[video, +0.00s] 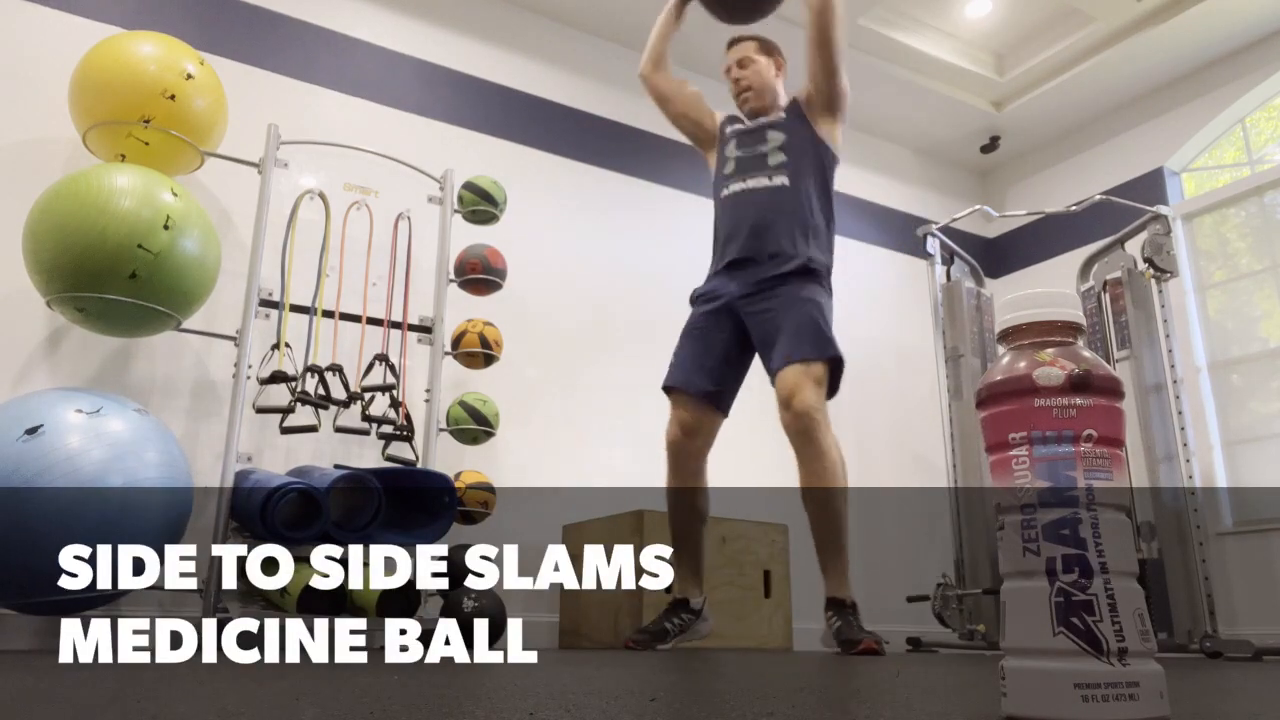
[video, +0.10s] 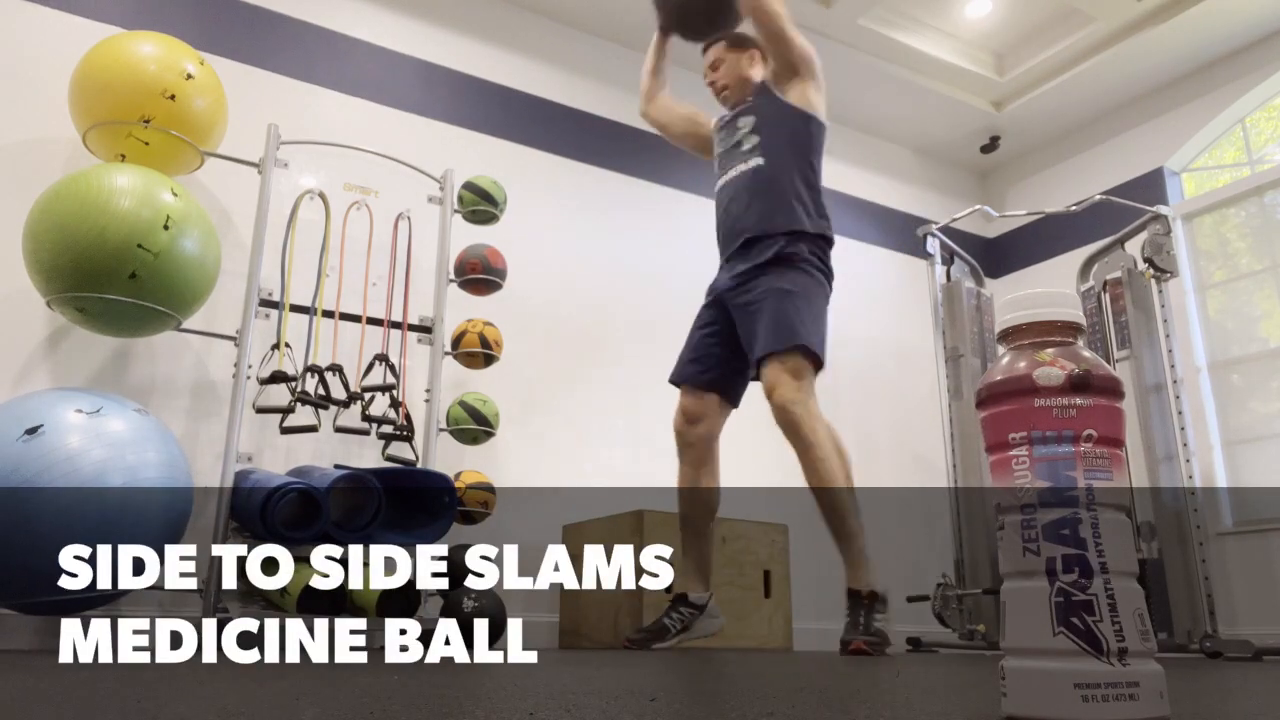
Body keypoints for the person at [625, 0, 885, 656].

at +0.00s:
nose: (737, 72)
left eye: (750, 62)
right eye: (731, 68)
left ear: (782, 72)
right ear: (728, 84)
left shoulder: (815, 116)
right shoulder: (720, 135)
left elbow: (826, 33)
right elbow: (654, 72)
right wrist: (679, 2)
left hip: (794, 284)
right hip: (723, 292)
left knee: (802, 407)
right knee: (683, 433)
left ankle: (840, 603)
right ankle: (687, 599)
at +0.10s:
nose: (712, 76)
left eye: (721, 63)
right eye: (708, 69)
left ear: (755, 56)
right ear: (713, 76)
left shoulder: (793, 81)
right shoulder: (719, 132)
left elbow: (760, 6)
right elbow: (653, 103)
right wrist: (662, 32)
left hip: (789, 259)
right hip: (731, 276)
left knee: (788, 394)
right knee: (693, 423)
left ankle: (863, 590)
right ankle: (693, 596)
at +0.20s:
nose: (686, 92)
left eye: (691, 78)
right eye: (682, 86)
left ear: (718, 64)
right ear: (699, 92)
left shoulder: (760, 80)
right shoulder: (712, 145)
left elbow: (667, 9)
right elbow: (659, 148)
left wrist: (668, 32)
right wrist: (654, 85)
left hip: (786, 257)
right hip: (742, 282)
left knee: (790, 404)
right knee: (700, 428)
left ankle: (893, 586)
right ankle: (707, 598)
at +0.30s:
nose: (662, 138)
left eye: (661, 122)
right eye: (655, 134)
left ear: (681, 102)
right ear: (666, 137)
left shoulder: (727, 111)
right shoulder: (708, 178)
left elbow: (616, 92)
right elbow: (665, 199)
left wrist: (610, 52)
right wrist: (647, 140)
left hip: (789, 277)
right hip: (751, 299)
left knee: (776, 426)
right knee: (702, 440)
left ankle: (899, 593)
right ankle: (718, 611)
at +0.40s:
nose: (649, 196)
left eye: (647, 183)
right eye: (644, 191)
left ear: (654, 156)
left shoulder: (696, 152)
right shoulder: (706, 215)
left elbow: (596, 195)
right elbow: (665, 265)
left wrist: (569, 156)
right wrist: (634, 208)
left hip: (799, 306)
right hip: (766, 322)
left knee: (739, 442)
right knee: (694, 445)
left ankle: (882, 582)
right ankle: (717, 611)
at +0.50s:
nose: (635, 238)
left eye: (636, 226)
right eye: (633, 232)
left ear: (652, 205)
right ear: (657, 221)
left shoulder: (679, 203)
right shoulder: (703, 265)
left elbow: (602, 285)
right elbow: (672, 340)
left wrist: (551, 279)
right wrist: (627, 304)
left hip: (803, 322)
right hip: (778, 337)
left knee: (712, 448)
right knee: (687, 449)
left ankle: (860, 575)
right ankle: (715, 612)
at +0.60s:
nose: (625, 291)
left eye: (624, 280)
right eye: (620, 286)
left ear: (636, 256)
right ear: (651, 255)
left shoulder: (655, 261)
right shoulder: (702, 305)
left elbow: (614, 371)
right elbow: (703, 404)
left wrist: (566, 422)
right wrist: (636, 428)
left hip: (806, 344)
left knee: (699, 461)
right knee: (682, 450)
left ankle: (845, 595)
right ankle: (716, 614)